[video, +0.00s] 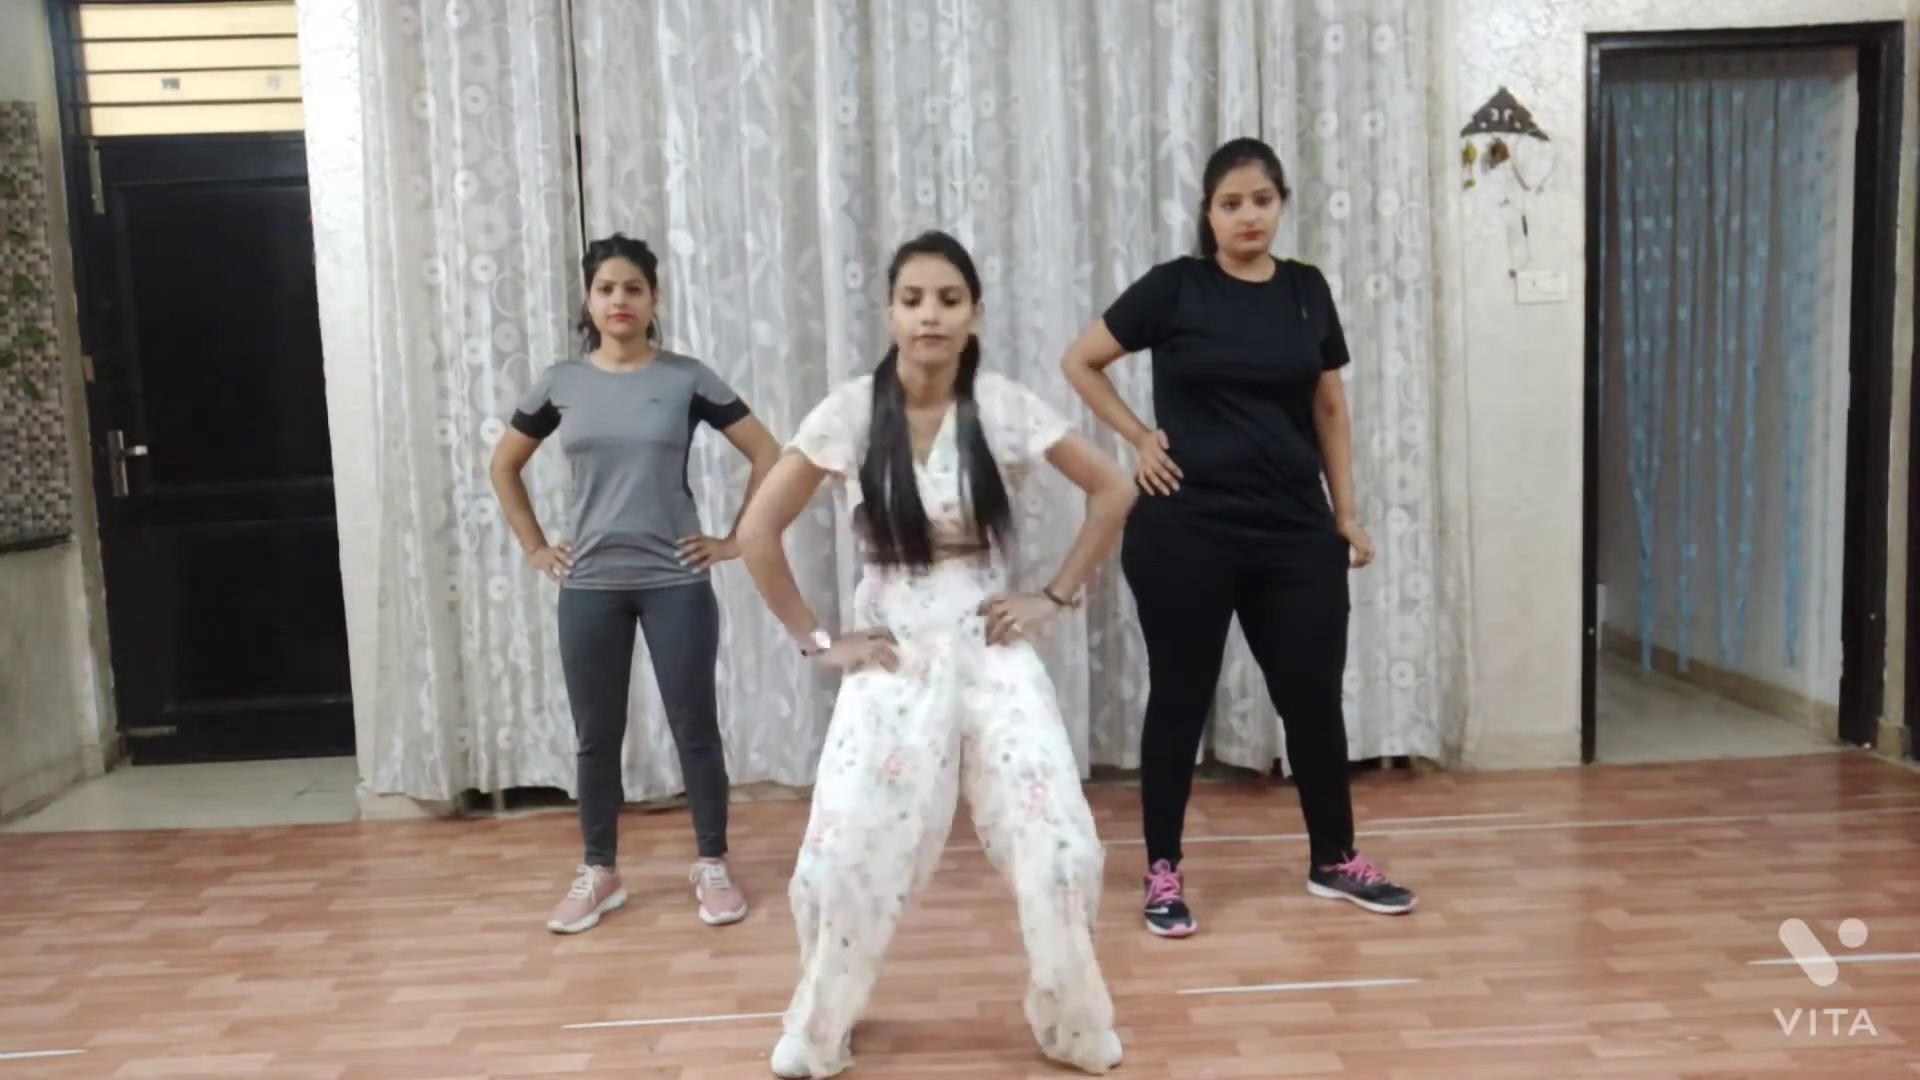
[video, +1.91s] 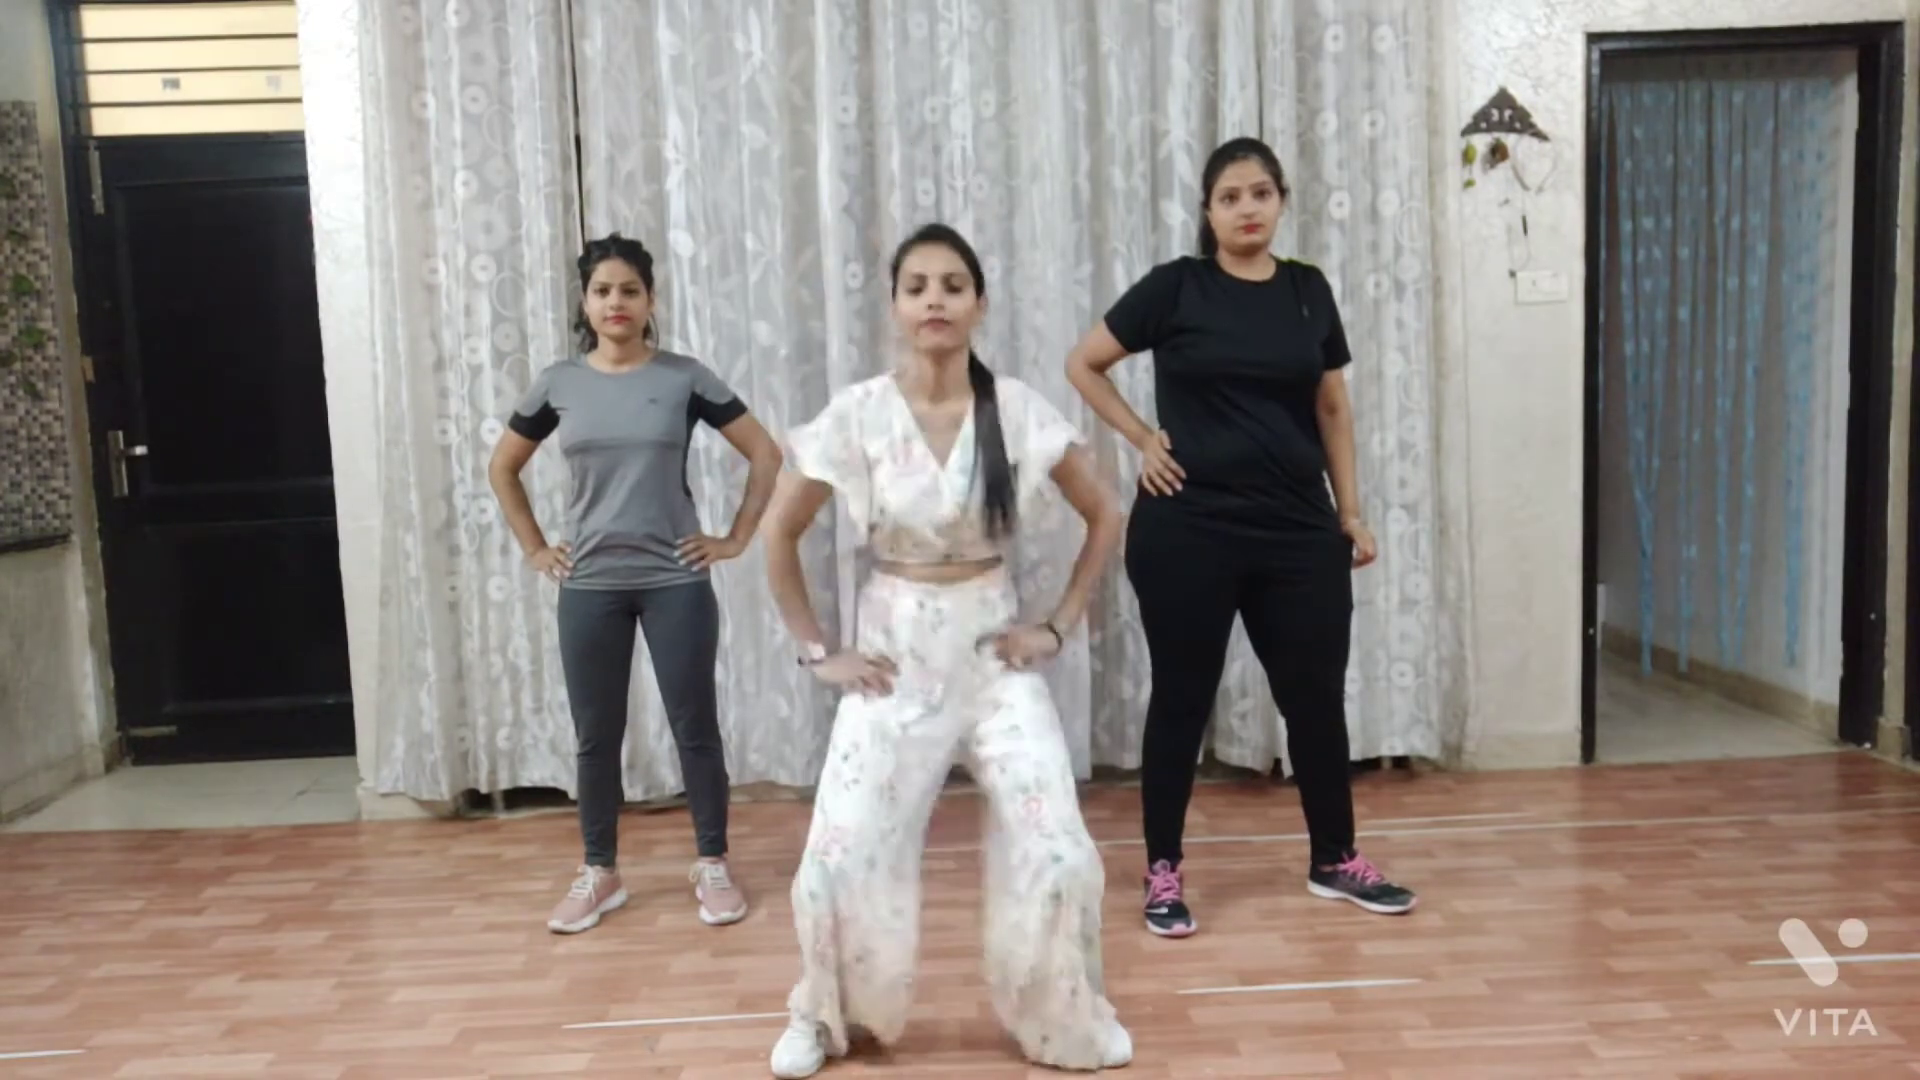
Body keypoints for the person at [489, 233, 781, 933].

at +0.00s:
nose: (620, 300)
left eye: (633, 288)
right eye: (606, 289)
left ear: (654, 299)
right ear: (587, 301)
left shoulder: (688, 379)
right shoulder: (562, 383)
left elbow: (769, 456)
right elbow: (503, 465)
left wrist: (736, 539)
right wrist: (537, 547)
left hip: (675, 575)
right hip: (591, 579)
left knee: (695, 729)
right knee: (596, 736)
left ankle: (712, 866)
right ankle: (599, 871)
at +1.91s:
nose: (616, 302)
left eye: (629, 290)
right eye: (603, 291)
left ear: (651, 300)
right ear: (584, 302)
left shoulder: (686, 378)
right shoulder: (558, 384)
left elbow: (766, 455)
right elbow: (502, 468)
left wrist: (736, 538)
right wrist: (537, 549)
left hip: (675, 574)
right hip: (590, 579)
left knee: (695, 727)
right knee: (596, 736)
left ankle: (712, 866)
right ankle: (599, 872)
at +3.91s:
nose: (613, 301)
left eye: (627, 289)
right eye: (600, 290)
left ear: (647, 301)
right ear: (581, 301)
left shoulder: (682, 378)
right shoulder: (556, 385)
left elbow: (763, 453)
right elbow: (500, 468)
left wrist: (733, 538)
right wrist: (537, 548)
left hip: (674, 574)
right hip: (589, 579)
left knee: (693, 726)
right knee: (595, 736)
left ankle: (712, 866)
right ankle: (599, 872)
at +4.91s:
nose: (621, 303)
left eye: (634, 290)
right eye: (608, 292)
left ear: (658, 297)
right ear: (591, 303)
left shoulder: (694, 379)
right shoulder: (569, 375)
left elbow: (752, 460)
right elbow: (473, 441)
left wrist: (806, 518)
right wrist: (473, 529)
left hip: (674, 574)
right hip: (589, 582)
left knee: (680, 732)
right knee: (595, 738)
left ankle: (687, 873)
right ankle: (599, 873)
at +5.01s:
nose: (629, 307)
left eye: (642, 293)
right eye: (616, 295)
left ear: (667, 299)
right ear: (601, 305)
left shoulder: (701, 377)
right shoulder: (583, 372)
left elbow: (757, 443)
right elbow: (521, 414)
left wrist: (826, 497)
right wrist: (470, 445)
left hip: (680, 578)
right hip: (596, 580)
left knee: (683, 733)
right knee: (587, 736)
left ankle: (687, 871)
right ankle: (597, 872)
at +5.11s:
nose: (632, 309)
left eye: (646, 295)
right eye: (620, 298)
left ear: (675, 302)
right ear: (606, 309)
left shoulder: (707, 379)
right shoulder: (600, 372)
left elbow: (750, 421)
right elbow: (565, 384)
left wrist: (807, 455)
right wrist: (524, 370)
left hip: (688, 580)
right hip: (605, 581)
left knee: (688, 726)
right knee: (567, 721)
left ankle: (685, 869)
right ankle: (579, 864)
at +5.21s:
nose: (640, 313)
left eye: (653, 299)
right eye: (627, 301)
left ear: (683, 303)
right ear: (610, 309)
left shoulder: (709, 371)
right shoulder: (598, 366)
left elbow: (729, 389)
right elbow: (600, 375)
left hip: (701, 579)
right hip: (616, 577)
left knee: (691, 736)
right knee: (556, 716)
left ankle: (687, 874)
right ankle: (509, 851)